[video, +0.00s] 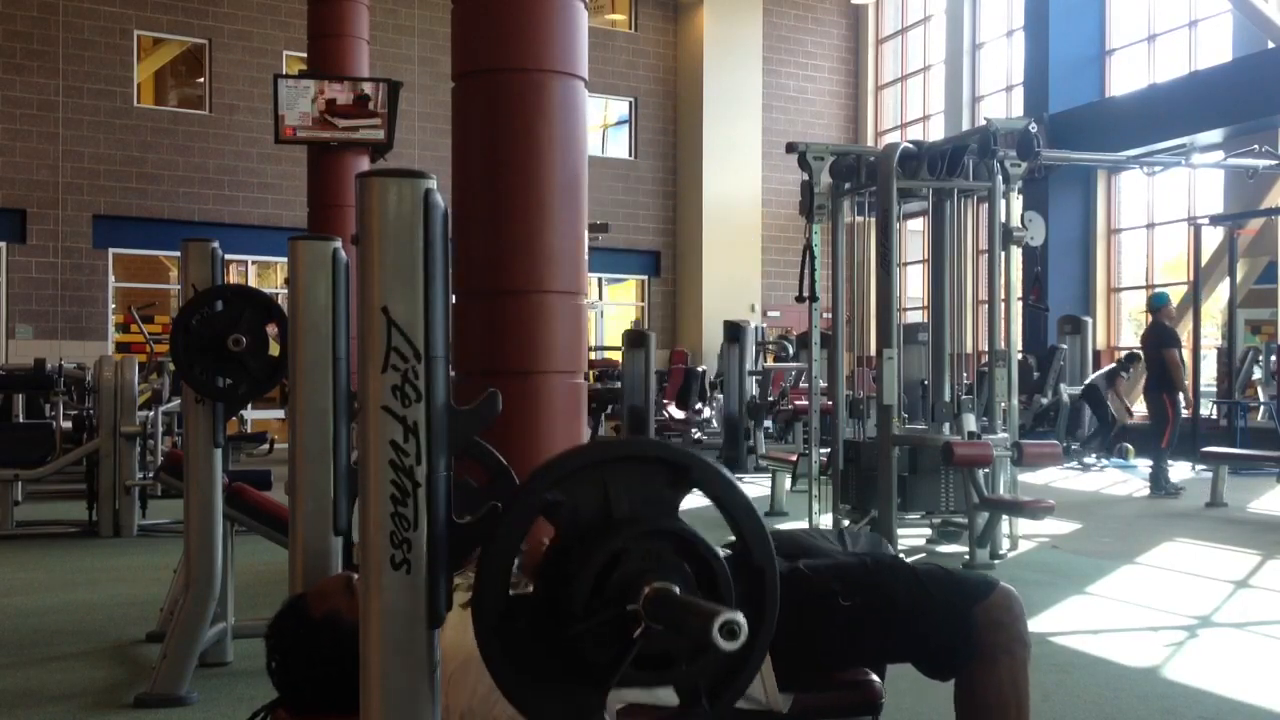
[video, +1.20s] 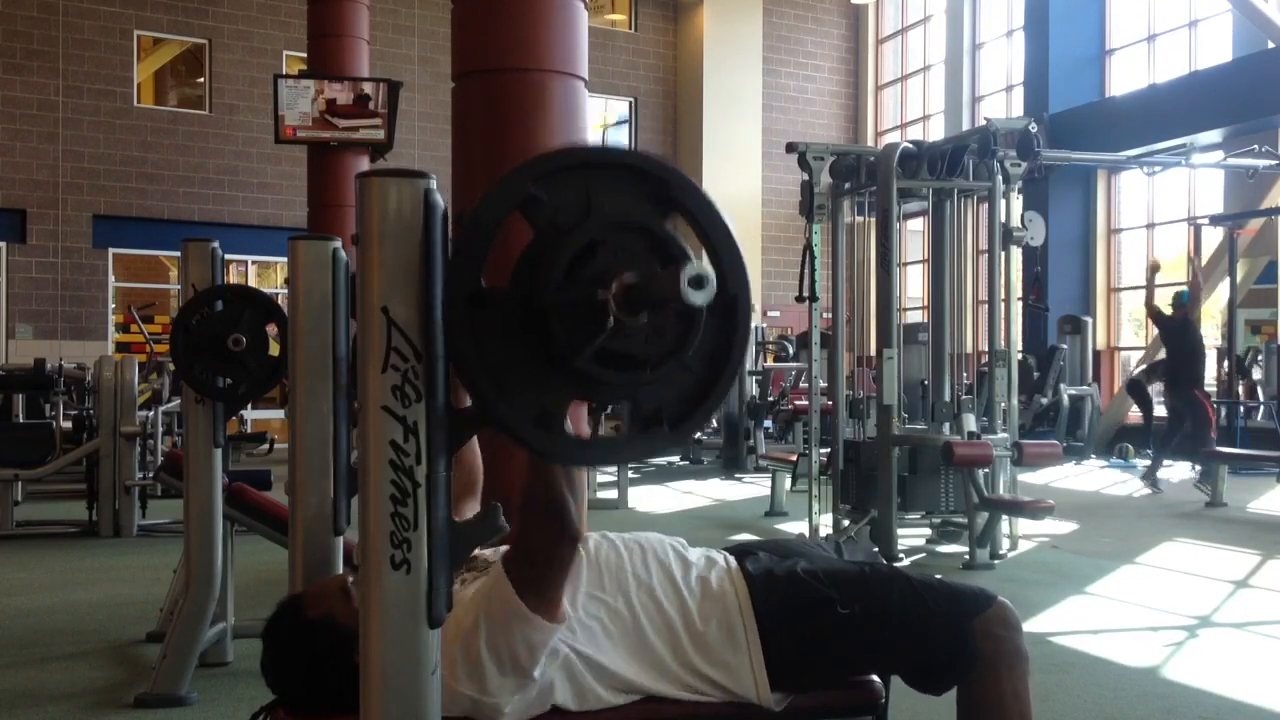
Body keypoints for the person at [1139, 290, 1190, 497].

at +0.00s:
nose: (1174, 309)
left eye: (1172, 305)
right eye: (1170, 306)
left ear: (1155, 310)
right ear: (1163, 309)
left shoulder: (1149, 332)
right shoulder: (1166, 331)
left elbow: (1150, 364)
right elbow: (1174, 363)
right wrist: (1185, 392)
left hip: (1152, 388)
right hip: (1164, 389)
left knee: (1162, 432)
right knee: (1167, 431)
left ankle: (1162, 479)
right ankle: (1159, 482)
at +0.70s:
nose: (1185, 313)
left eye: (1184, 309)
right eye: (1182, 309)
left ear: (1165, 313)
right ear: (1176, 312)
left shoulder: (1155, 336)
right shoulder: (1180, 334)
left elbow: (1147, 365)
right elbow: (1195, 363)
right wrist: (1217, 385)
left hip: (1161, 393)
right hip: (1178, 393)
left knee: (1175, 436)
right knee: (1197, 432)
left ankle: (1168, 480)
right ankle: (1177, 479)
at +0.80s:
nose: (1187, 318)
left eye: (1186, 314)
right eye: (1185, 315)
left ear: (1168, 317)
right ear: (1178, 317)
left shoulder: (1159, 338)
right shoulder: (1180, 337)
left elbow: (1143, 362)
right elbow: (1203, 357)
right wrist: (1231, 368)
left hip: (1165, 396)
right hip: (1180, 396)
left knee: (1182, 437)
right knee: (1201, 436)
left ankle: (1169, 481)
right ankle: (1178, 482)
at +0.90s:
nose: (1190, 311)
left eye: (1189, 308)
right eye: (1188, 308)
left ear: (1169, 310)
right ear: (1182, 309)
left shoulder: (1159, 331)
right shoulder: (1184, 328)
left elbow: (1144, 338)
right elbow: (1203, 336)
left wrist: (1140, 335)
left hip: (1167, 390)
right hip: (1184, 390)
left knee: (1180, 432)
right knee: (1200, 429)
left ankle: (1168, 478)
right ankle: (1180, 478)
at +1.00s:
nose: (1192, 300)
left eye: (1191, 296)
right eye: (1190, 296)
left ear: (1171, 298)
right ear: (1185, 297)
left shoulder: (1161, 318)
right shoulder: (1191, 314)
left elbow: (1142, 316)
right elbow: (1208, 310)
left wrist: (1135, 304)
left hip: (1168, 377)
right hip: (1187, 377)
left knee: (1174, 420)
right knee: (1197, 417)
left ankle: (1166, 471)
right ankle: (1190, 471)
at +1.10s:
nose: (1193, 299)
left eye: (1192, 296)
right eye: (1191, 296)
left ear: (1173, 297)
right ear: (1187, 297)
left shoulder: (1163, 316)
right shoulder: (1190, 313)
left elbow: (1145, 302)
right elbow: (1205, 289)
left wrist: (1137, 280)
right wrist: (1215, 265)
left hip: (1171, 378)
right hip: (1190, 378)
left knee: (1172, 422)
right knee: (1202, 418)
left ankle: (1157, 469)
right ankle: (1197, 470)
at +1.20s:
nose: (1194, 306)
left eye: (1192, 303)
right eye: (1192, 302)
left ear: (1173, 306)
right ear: (1188, 305)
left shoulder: (1165, 325)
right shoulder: (1188, 323)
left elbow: (1149, 304)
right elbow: (1197, 291)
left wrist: (1151, 275)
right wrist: (1196, 267)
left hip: (1172, 387)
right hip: (1190, 387)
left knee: (1173, 428)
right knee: (1207, 424)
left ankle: (1151, 472)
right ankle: (1207, 475)